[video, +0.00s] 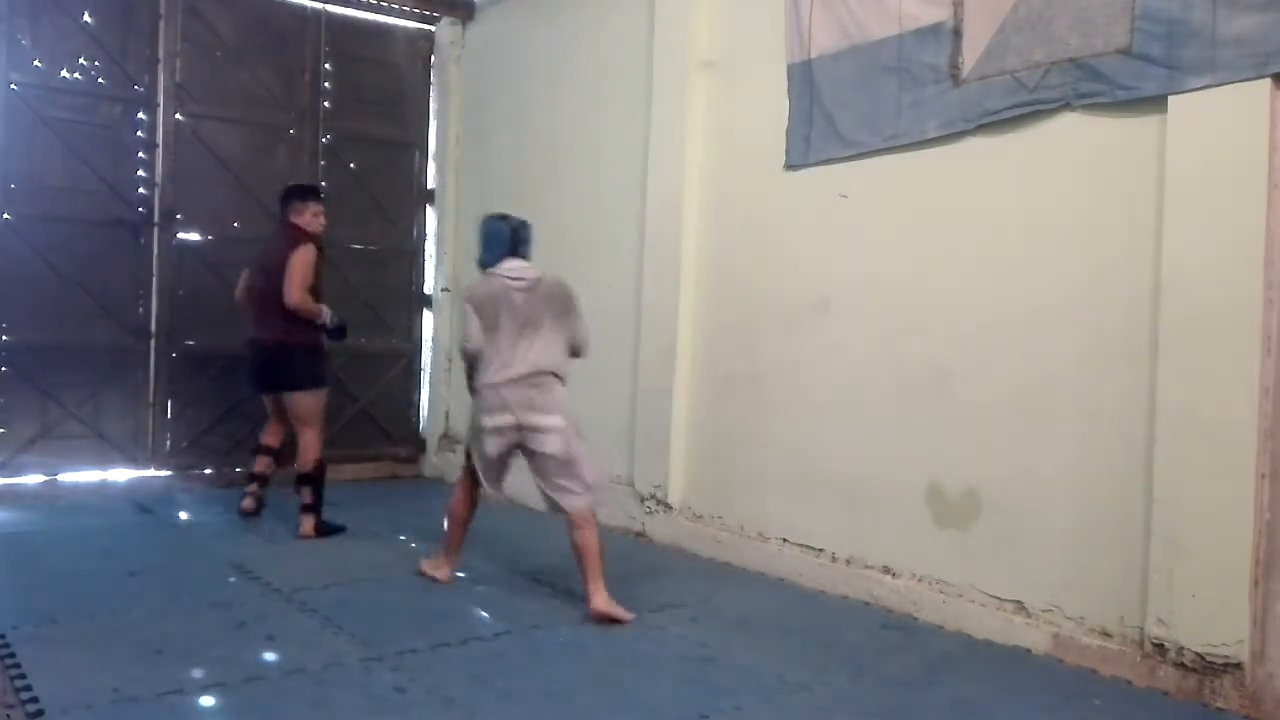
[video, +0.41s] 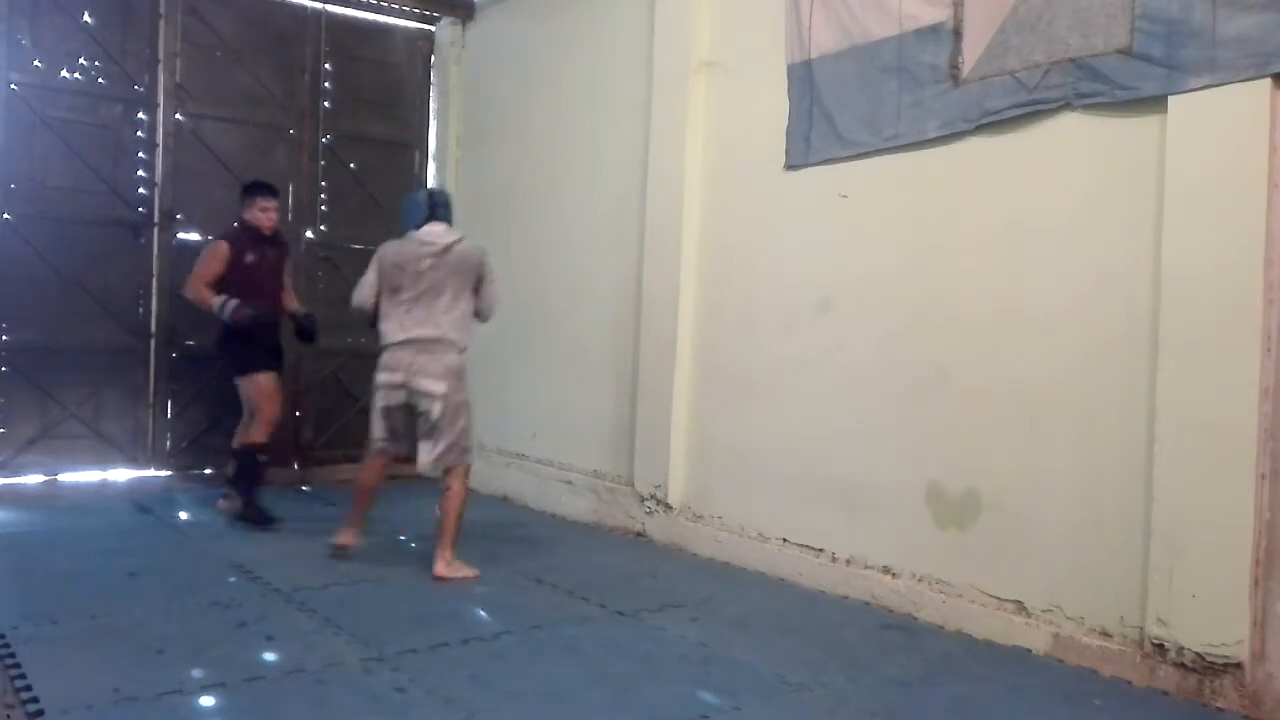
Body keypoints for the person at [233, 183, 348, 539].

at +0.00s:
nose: (323, 221)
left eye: (323, 214)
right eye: (318, 214)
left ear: (292, 215)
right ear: (298, 214)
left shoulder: (273, 244)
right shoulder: (304, 246)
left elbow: (243, 292)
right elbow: (295, 296)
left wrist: (275, 316)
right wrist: (326, 315)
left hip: (265, 350)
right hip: (299, 352)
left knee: (276, 420)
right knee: (309, 429)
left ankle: (252, 494)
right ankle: (310, 518)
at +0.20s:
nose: (298, 233)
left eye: (299, 226)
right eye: (290, 227)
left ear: (295, 229)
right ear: (270, 229)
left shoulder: (282, 267)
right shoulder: (262, 265)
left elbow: (280, 318)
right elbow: (243, 310)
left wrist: (312, 340)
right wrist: (289, 330)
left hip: (262, 361)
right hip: (273, 363)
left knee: (267, 430)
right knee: (302, 431)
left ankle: (232, 500)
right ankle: (303, 518)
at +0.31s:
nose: (284, 230)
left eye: (287, 223)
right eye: (277, 223)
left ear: (289, 226)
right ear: (258, 224)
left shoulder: (279, 260)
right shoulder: (241, 261)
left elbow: (286, 306)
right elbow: (216, 303)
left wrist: (312, 329)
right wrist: (252, 320)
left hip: (270, 349)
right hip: (251, 351)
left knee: (258, 428)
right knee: (282, 421)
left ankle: (233, 497)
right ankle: (289, 507)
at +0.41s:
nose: (269, 216)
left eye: (274, 210)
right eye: (262, 210)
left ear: (279, 213)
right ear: (245, 211)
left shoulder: (278, 245)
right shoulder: (228, 244)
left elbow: (283, 288)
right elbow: (194, 287)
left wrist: (299, 312)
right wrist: (226, 306)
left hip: (268, 332)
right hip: (239, 332)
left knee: (254, 414)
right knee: (267, 405)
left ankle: (235, 488)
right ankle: (246, 493)